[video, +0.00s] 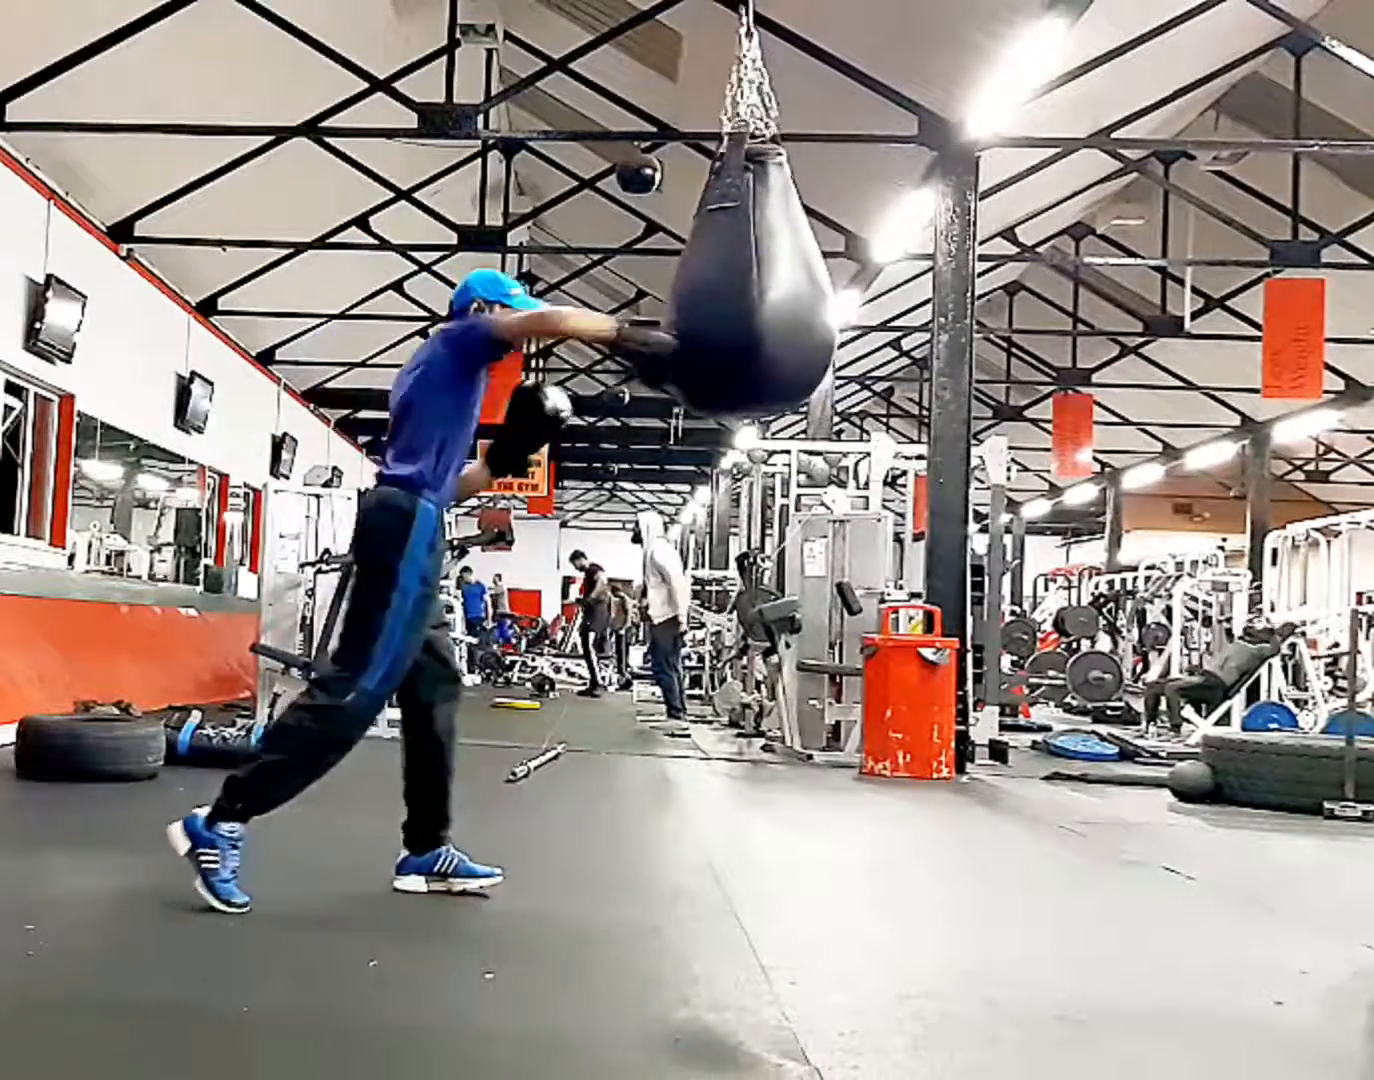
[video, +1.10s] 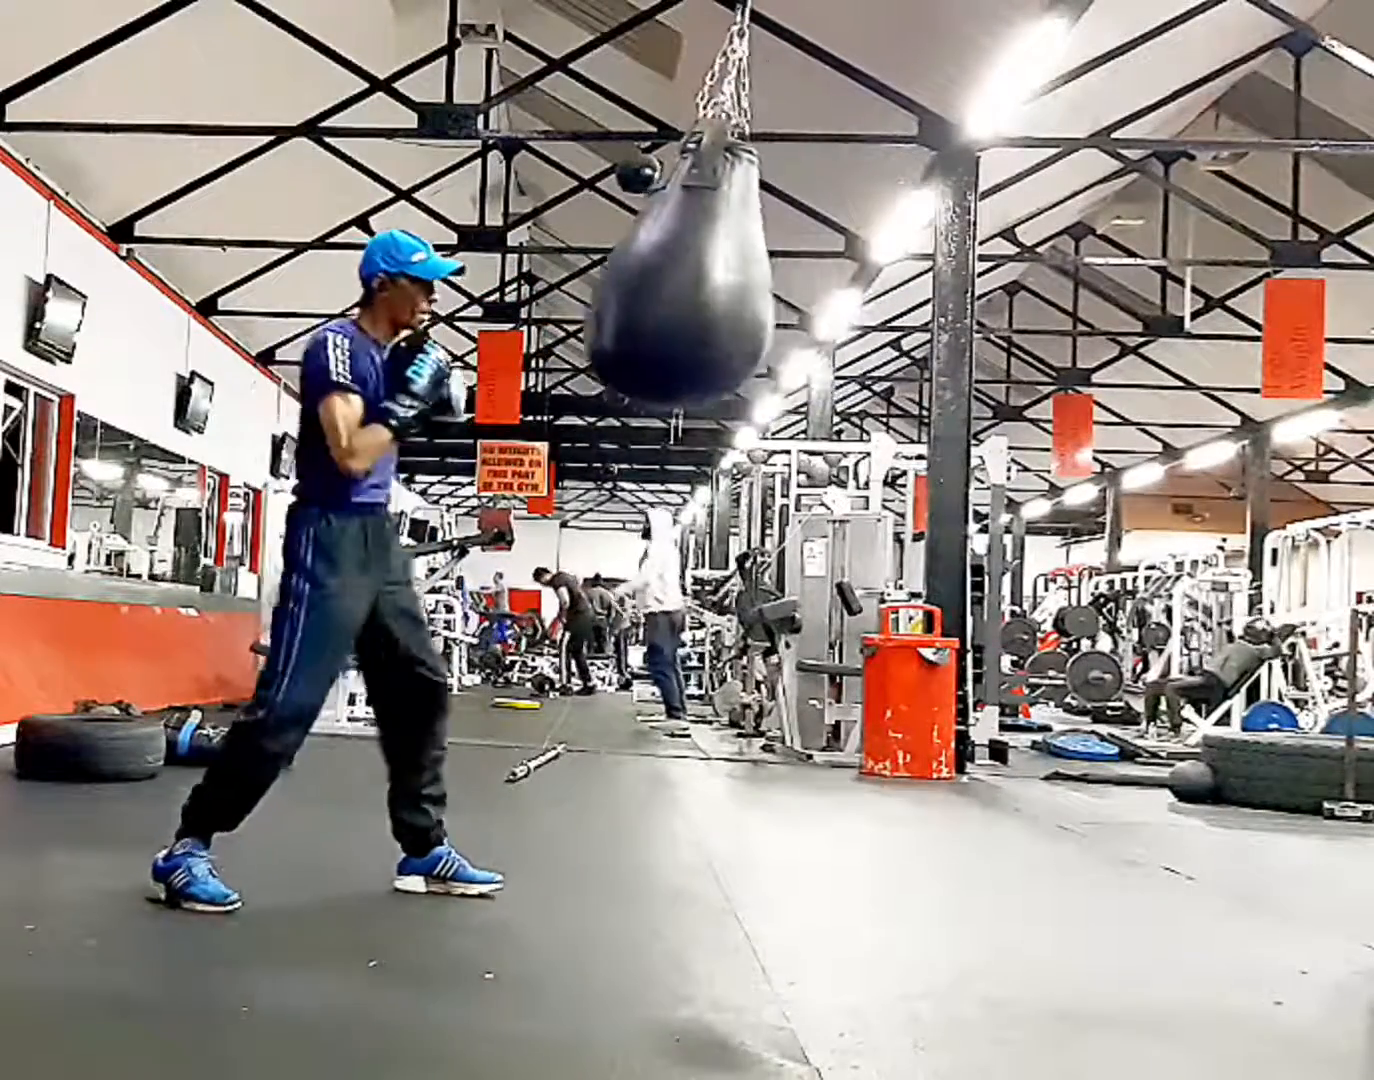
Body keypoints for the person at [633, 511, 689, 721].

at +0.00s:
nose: (633, 531)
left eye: (636, 527)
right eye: (634, 526)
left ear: (646, 529)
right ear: (650, 528)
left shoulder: (658, 550)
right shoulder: (652, 550)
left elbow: (677, 581)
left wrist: (681, 615)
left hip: (665, 617)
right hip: (660, 617)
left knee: (664, 667)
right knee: (670, 666)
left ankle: (676, 711)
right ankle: (677, 709)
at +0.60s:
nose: (631, 532)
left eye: (634, 528)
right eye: (632, 527)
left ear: (644, 530)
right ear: (647, 530)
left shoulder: (659, 551)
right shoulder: (645, 553)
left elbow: (680, 581)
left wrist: (691, 614)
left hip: (669, 617)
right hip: (658, 618)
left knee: (666, 667)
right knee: (669, 666)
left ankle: (676, 711)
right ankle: (675, 710)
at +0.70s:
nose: (628, 533)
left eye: (631, 528)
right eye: (629, 528)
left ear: (641, 531)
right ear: (646, 531)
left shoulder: (656, 552)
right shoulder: (646, 553)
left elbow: (680, 581)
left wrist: (690, 614)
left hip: (669, 618)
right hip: (661, 618)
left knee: (666, 668)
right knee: (671, 667)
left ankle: (676, 712)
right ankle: (677, 710)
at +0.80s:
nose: (626, 534)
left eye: (630, 529)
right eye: (627, 529)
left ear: (640, 532)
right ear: (642, 533)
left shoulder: (655, 554)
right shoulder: (643, 555)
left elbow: (679, 584)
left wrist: (685, 619)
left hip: (668, 620)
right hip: (659, 620)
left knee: (666, 670)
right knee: (672, 669)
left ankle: (676, 713)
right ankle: (678, 710)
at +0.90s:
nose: (628, 533)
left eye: (631, 529)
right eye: (629, 528)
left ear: (641, 531)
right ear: (645, 531)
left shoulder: (655, 554)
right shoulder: (646, 555)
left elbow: (668, 587)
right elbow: (654, 588)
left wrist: (665, 620)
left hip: (672, 616)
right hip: (665, 616)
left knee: (666, 668)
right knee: (673, 668)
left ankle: (676, 713)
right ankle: (678, 710)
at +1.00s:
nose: (635, 531)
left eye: (639, 526)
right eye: (637, 526)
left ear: (647, 527)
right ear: (656, 527)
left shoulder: (654, 548)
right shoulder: (660, 547)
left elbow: (656, 583)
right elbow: (646, 581)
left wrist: (643, 607)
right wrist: (634, 595)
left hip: (666, 611)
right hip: (674, 610)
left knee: (664, 665)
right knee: (672, 663)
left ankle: (675, 712)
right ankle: (678, 709)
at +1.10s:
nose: (642, 528)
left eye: (646, 524)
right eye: (644, 524)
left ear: (653, 526)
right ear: (663, 526)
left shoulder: (656, 548)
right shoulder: (669, 547)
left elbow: (645, 578)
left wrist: (620, 591)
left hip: (659, 612)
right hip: (671, 609)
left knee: (660, 662)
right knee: (670, 662)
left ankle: (675, 711)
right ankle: (679, 707)